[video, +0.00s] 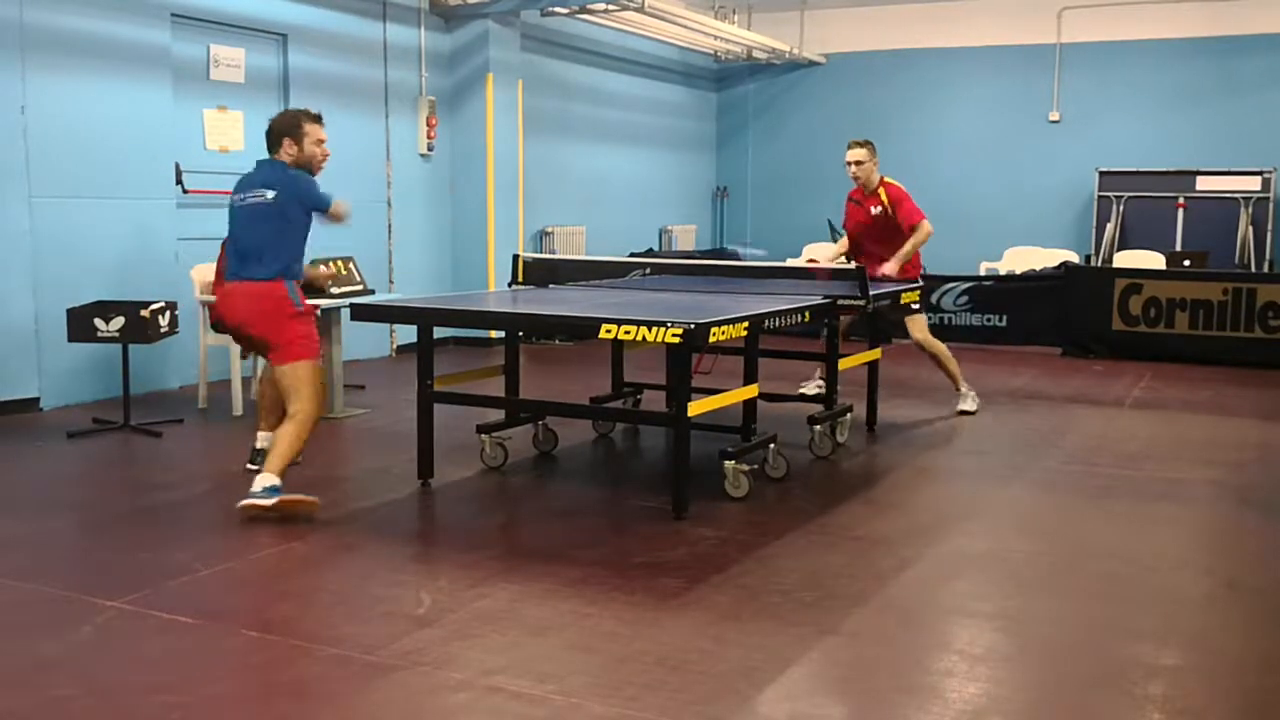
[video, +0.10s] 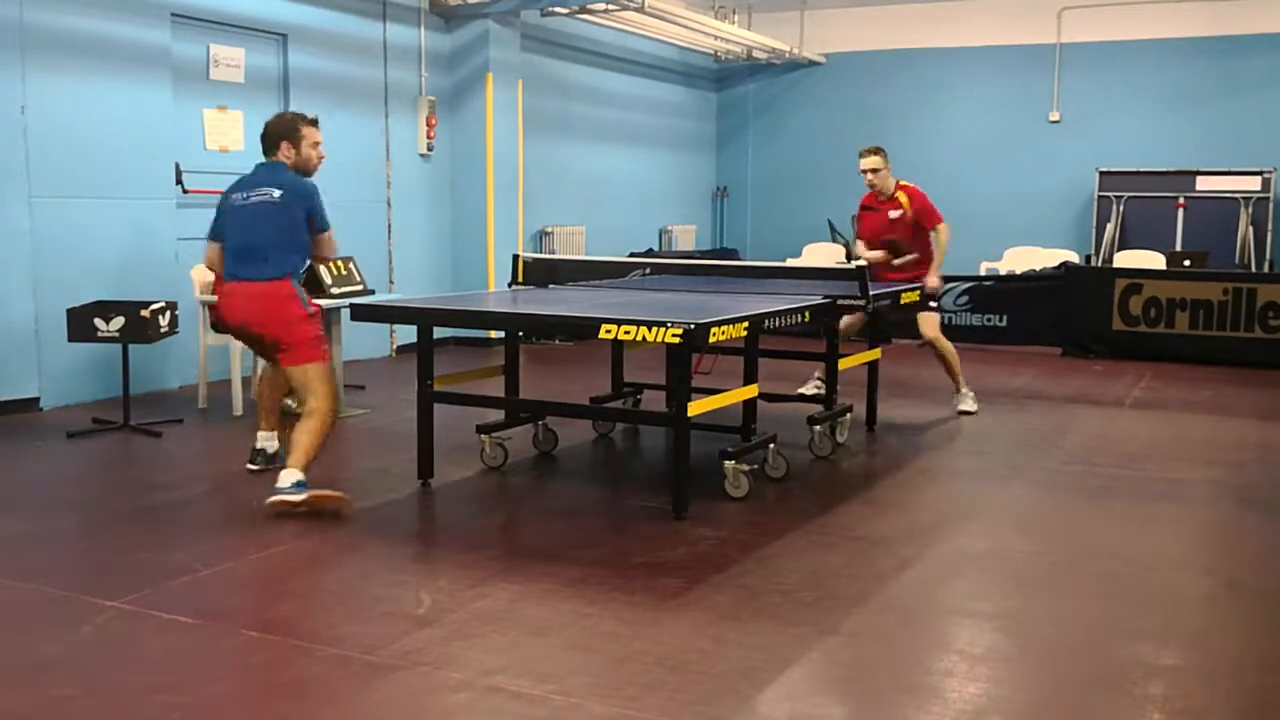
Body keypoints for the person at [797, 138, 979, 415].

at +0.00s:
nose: (852, 170)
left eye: (858, 164)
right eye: (849, 165)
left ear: (874, 164)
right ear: (846, 167)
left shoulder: (892, 192)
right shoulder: (853, 198)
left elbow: (924, 229)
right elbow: (851, 237)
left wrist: (896, 261)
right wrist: (828, 258)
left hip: (902, 281)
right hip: (866, 281)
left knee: (921, 337)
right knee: (836, 325)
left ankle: (964, 390)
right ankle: (824, 380)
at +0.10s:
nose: (868, 178)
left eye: (874, 171)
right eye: (864, 173)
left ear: (888, 170)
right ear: (862, 175)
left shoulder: (911, 196)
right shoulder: (867, 204)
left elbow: (941, 229)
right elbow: (860, 246)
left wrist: (935, 271)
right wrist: (874, 255)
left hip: (917, 282)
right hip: (881, 284)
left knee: (931, 335)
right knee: (843, 327)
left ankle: (962, 390)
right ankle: (822, 380)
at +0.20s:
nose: (897, 161)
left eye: (902, 155)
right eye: (891, 157)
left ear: (915, 154)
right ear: (888, 160)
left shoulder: (942, 178)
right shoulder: (891, 193)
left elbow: (965, 213)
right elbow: (892, 234)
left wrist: (976, 253)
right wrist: (903, 256)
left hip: (945, 270)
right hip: (908, 273)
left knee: (953, 328)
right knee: (875, 325)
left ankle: (968, 391)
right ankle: (835, 375)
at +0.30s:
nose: (923, 143)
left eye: (928, 137)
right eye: (918, 138)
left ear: (941, 136)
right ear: (913, 141)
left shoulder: (964, 163)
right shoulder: (910, 178)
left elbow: (983, 201)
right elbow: (907, 223)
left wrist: (996, 237)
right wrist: (912, 260)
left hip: (964, 255)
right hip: (928, 259)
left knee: (971, 319)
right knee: (904, 323)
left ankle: (975, 387)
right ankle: (898, 378)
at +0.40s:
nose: (950, 139)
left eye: (956, 133)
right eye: (945, 134)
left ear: (966, 134)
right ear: (938, 136)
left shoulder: (985, 164)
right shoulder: (929, 173)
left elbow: (997, 204)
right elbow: (918, 218)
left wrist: (1004, 240)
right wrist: (918, 260)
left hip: (980, 253)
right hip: (942, 257)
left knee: (994, 317)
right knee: (940, 323)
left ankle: (1004, 384)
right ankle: (944, 381)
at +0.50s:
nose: (980, 145)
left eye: (985, 140)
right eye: (975, 140)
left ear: (992, 142)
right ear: (965, 142)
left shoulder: (1005, 173)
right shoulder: (951, 178)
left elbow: (1010, 217)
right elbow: (929, 216)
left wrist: (1012, 255)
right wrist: (934, 250)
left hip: (999, 262)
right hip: (961, 264)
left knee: (1025, 322)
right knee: (958, 331)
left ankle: (1042, 387)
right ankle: (950, 383)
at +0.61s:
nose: (1013, 146)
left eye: (1017, 140)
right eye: (1006, 141)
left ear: (1022, 141)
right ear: (992, 144)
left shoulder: (1028, 175)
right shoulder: (978, 178)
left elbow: (1027, 221)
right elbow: (950, 213)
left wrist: (1027, 258)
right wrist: (958, 242)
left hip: (1019, 270)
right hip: (984, 271)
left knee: (1049, 320)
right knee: (973, 333)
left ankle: (1060, 389)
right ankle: (951, 384)